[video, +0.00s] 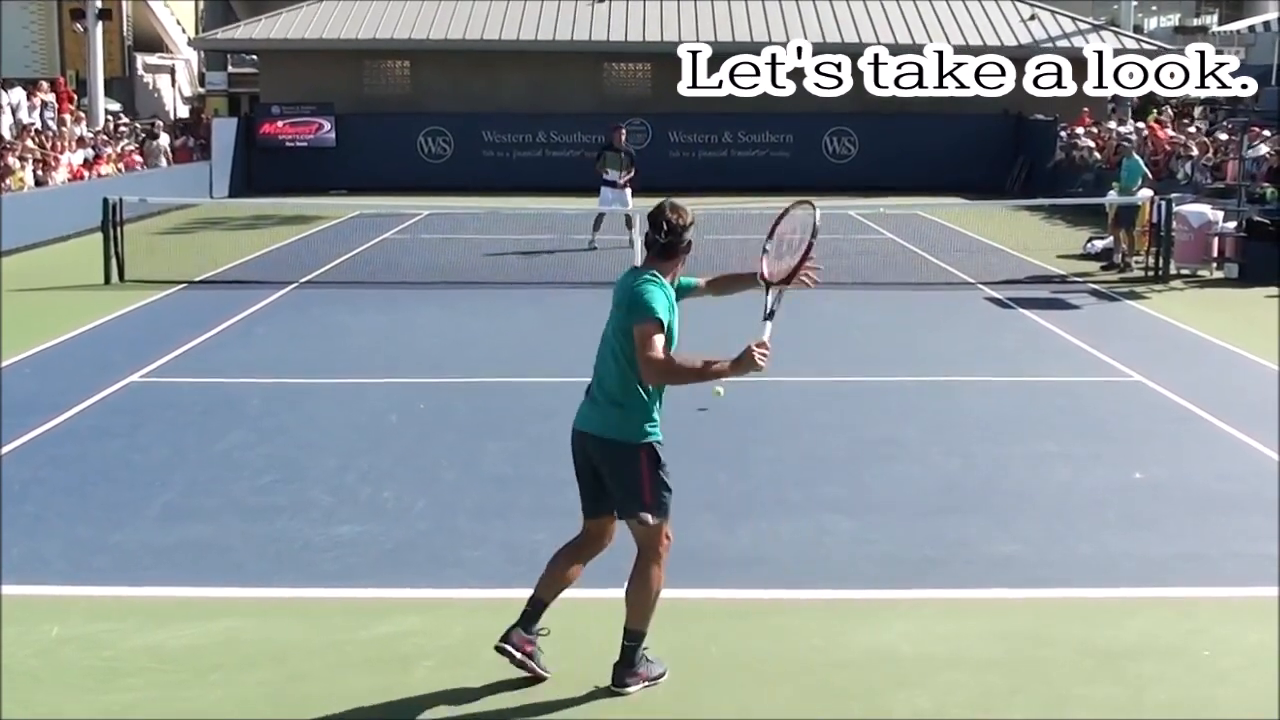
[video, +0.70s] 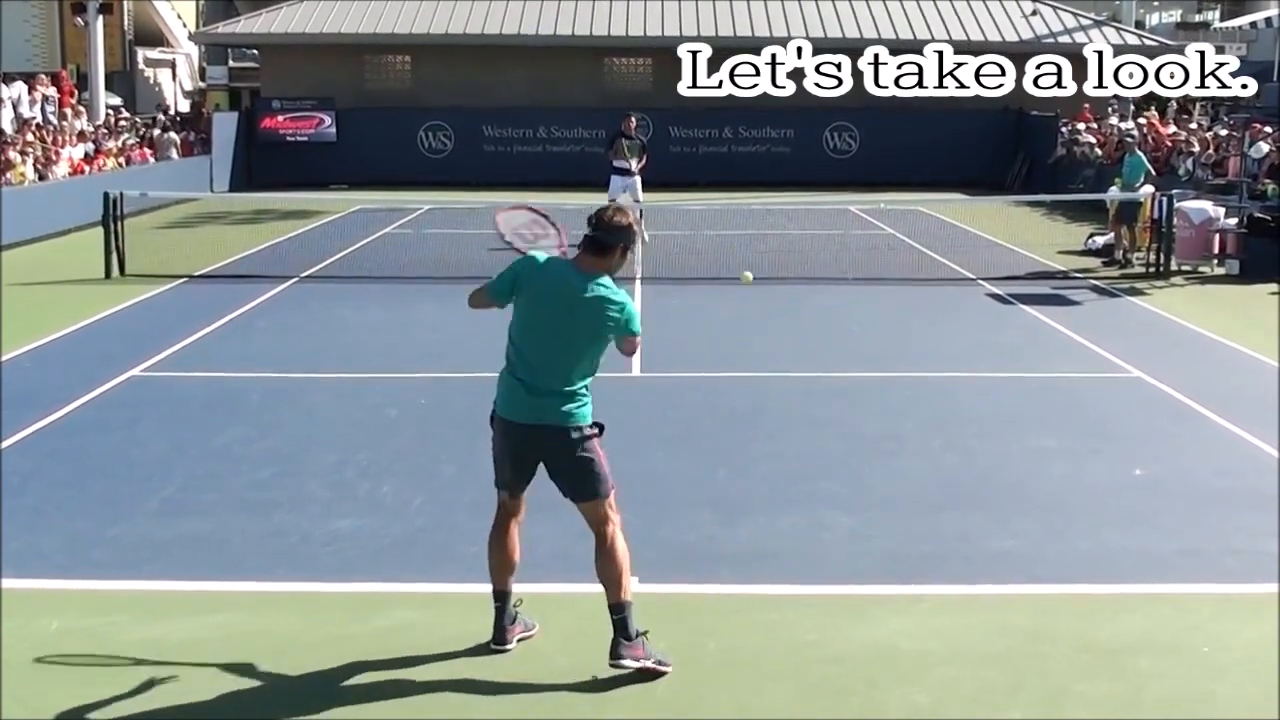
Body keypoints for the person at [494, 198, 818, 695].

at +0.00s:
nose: (690, 252)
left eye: (686, 246)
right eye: (690, 246)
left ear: (648, 243)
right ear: (686, 249)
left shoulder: (635, 280)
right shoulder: (654, 293)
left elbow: (709, 285)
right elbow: (653, 369)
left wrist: (774, 275)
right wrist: (731, 365)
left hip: (592, 431)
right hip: (631, 438)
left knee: (596, 534)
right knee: (654, 544)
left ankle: (523, 630)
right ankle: (630, 663)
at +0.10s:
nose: (687, 259)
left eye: (685, 253)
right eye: (688, 252)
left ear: (649, 246)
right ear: (685, 254)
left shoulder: (660, 285)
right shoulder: (639, 293)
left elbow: (721, 288)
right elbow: (622, 354)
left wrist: (786, 282)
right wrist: (693, 369)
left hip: (579, 429)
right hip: (612, 436)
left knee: (581, 527)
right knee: (641, 541)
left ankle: (502, 618)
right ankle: (628, 662)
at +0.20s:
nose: (688, 260)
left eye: (686, 254)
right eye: (688, 252)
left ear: (649, 245)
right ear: (682, 254)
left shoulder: (662, 289)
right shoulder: (629, 290)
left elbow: (720, 298)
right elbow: (596, 346)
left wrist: (793, 304)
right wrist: (644, 381)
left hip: (566, 418)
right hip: (593, 426)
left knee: (562, 517)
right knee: (621, 539)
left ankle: (510, 617)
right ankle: (627, 660)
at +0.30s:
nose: (679, 276)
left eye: (679, 269)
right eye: (681, 268)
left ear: (642, 258)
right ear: (674, 270)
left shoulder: (647, 300)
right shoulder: (619, 303)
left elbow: (703, 316)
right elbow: (583, 357)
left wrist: (768, 333)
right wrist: (605, 414)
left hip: (547, 424)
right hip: (572, 431)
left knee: (552, 519)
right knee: (619, 533)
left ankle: (511, 619)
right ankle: (626, 660)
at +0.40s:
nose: (670, 283)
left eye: (668, 276)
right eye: (671, 277)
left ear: (630, 267)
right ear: (664, 281)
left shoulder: (602, 292)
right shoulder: (620, 326)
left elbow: (648, 314)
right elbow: (600, 395)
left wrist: (698, 345)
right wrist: (594, 464)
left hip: (524, 429)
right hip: (562, 442)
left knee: (537, 518)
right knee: (622, 534)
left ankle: (503, 623)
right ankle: (623, 660)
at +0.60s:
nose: (642, 277)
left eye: (643, 270)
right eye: (643, 271)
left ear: (601, 256)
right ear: (632, 272)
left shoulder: (545, 276)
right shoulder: (623, 327)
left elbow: (507, 287)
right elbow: (647, 378)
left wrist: (560, 294)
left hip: (510, 429)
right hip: (565, 439)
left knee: (511, 514)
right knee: (615, 534)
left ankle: (502, 624)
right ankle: (625, 656)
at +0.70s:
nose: (626, 260)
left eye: (626, 253)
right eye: (628, 253)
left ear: (585, 237)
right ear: (622, 253)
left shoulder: (531, 267)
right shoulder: (613, 300)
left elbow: (477, 300)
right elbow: (629, 346)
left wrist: (523, 285)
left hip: (512, 418)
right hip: (568, 425)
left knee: (508, 511)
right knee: (606, 526)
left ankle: (503, 623)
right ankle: (626, 640)